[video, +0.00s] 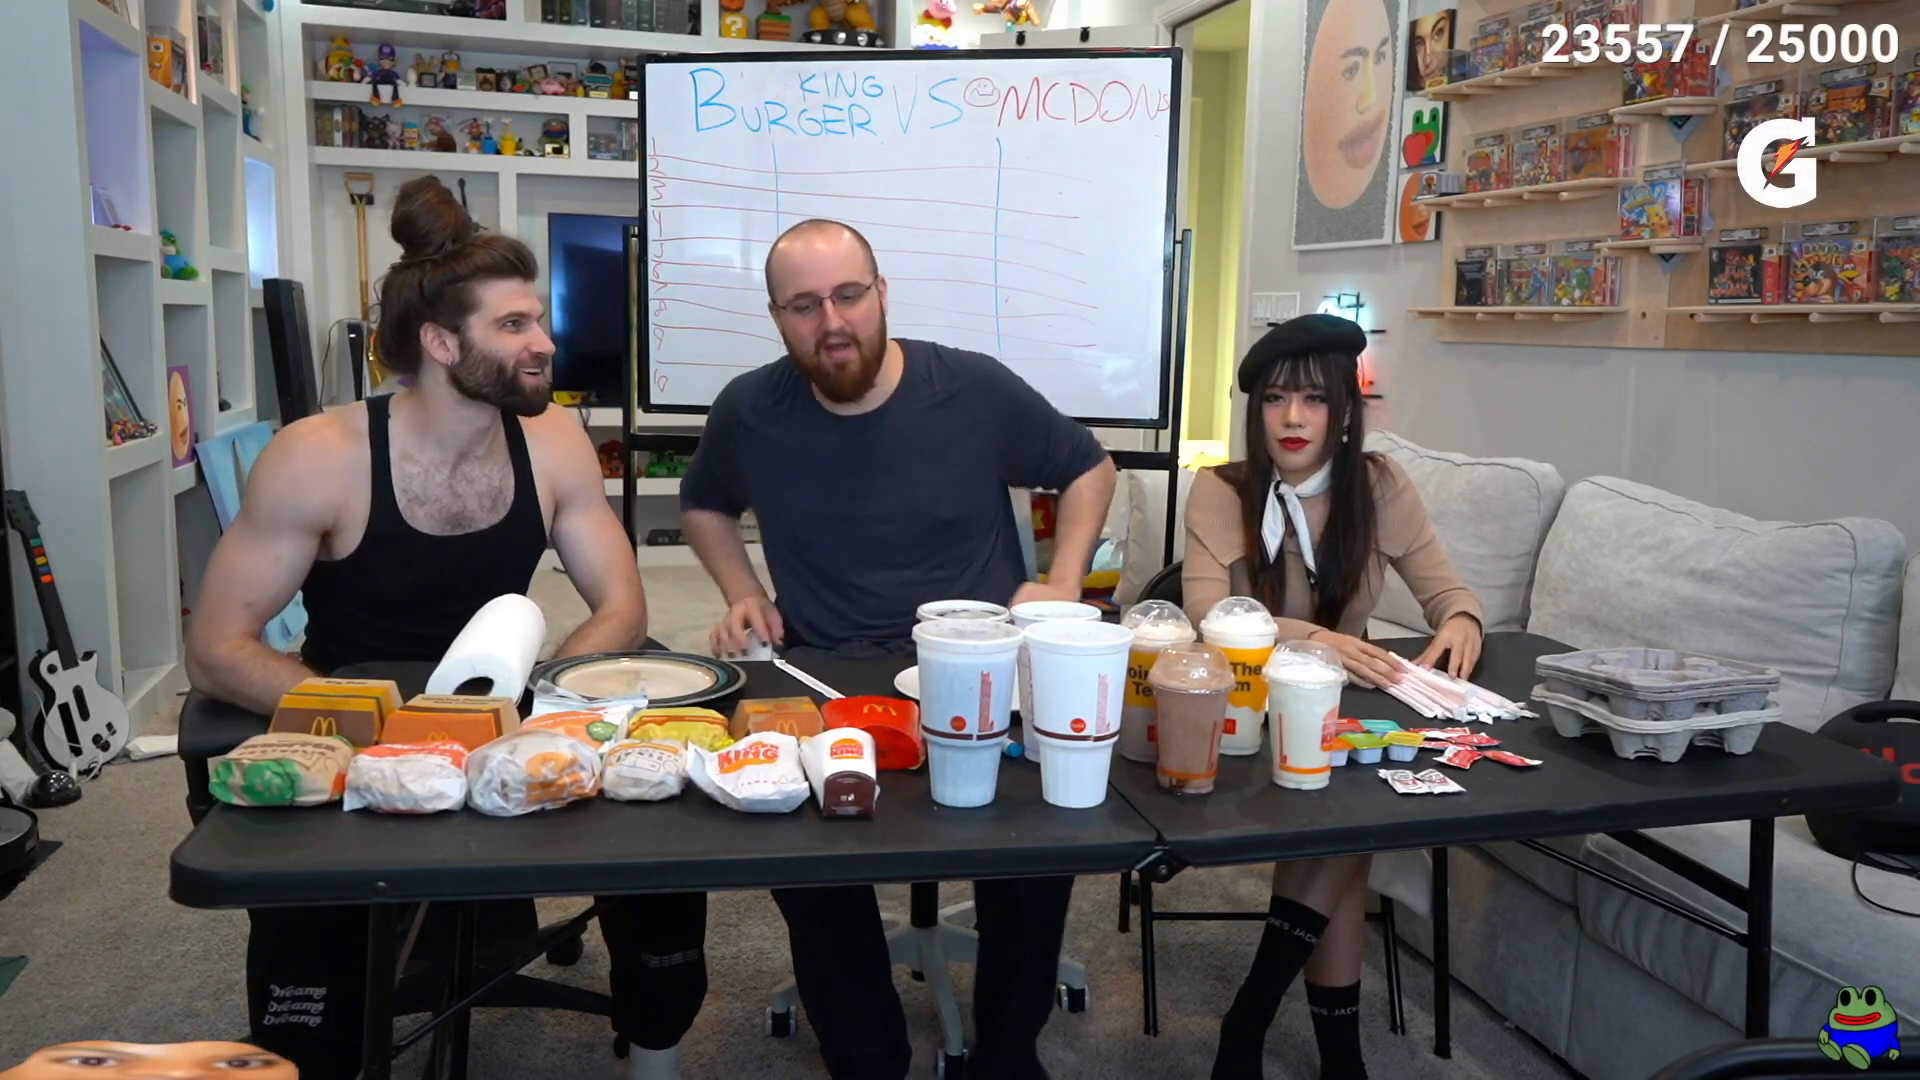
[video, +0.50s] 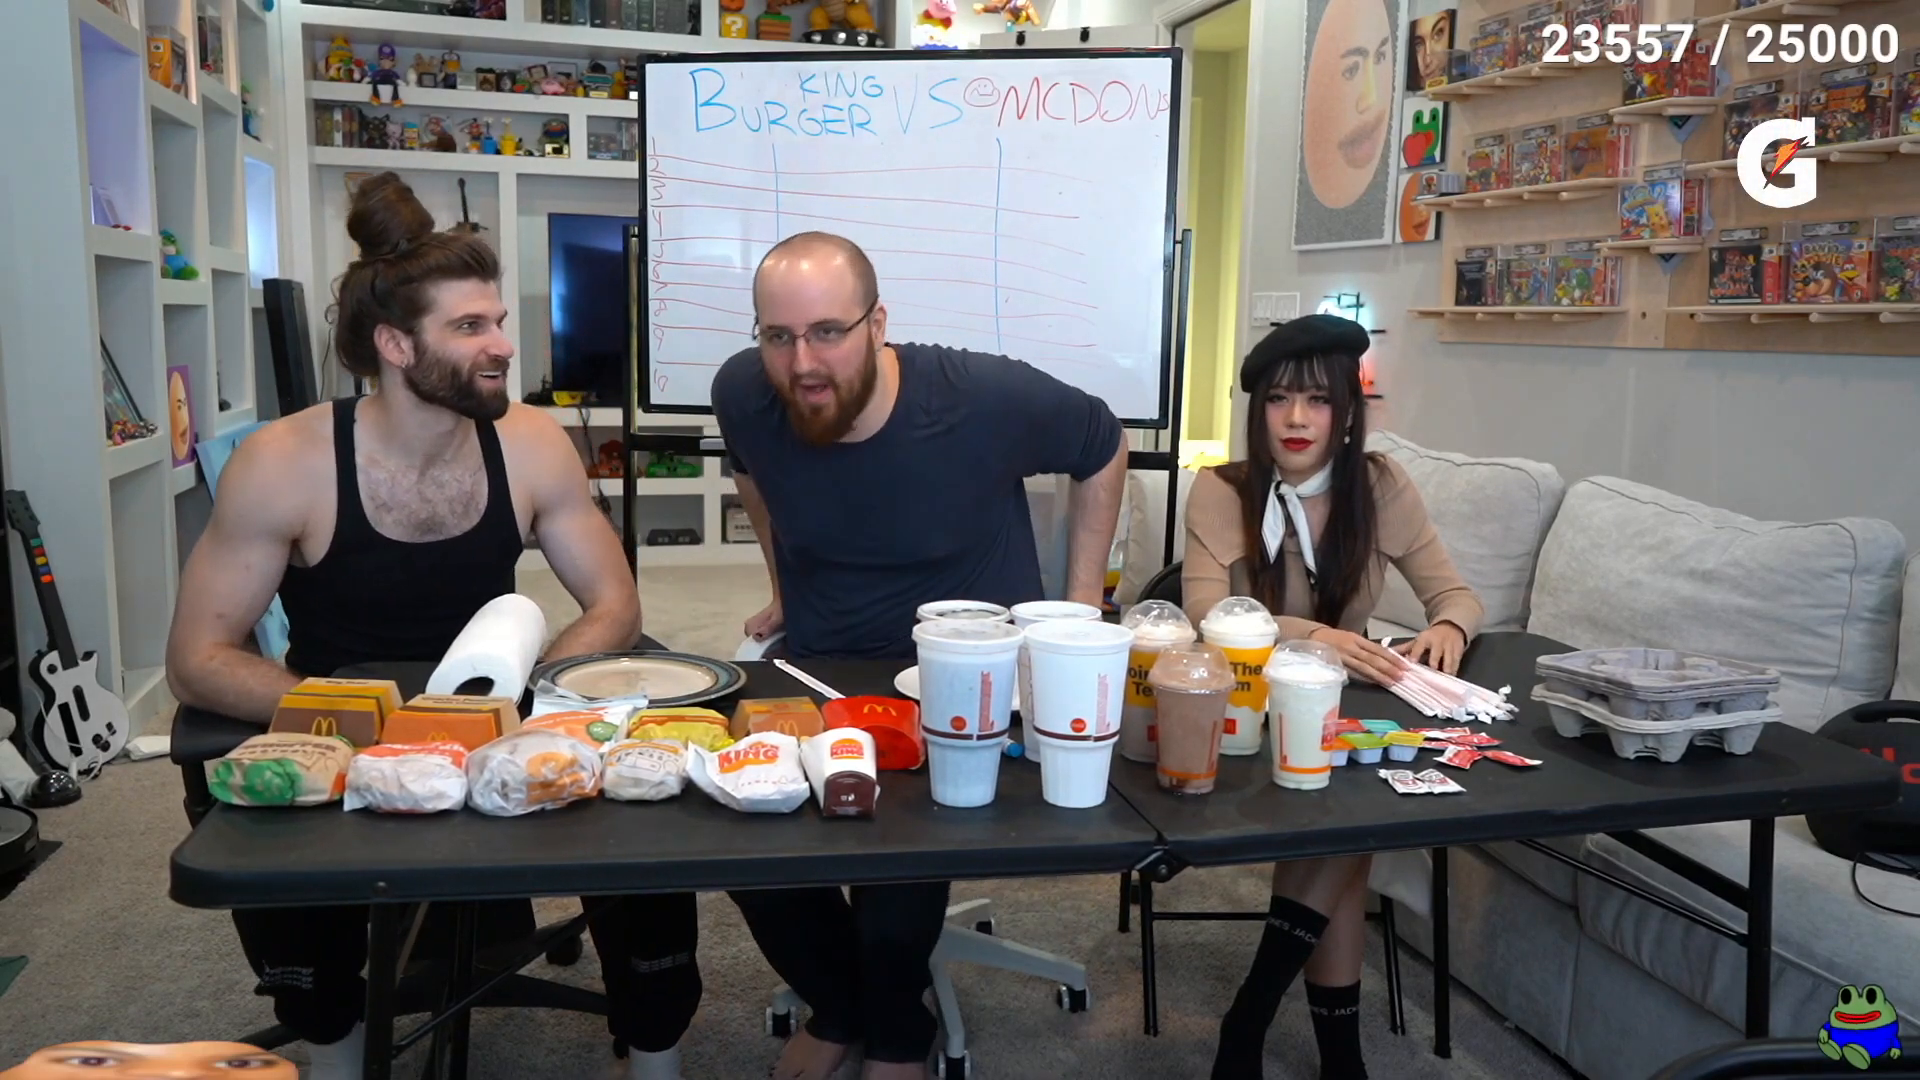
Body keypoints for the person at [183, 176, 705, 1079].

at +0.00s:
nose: (544, 344)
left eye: (542, 324)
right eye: (515, 326)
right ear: (438, 343)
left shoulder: (553, 442)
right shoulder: (318, 457)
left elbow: (624, 609)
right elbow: (216, 647)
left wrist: (540, 684)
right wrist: (359, 713)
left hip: (513, 746)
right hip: (354, 755)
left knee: (657, 828)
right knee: (306, 881)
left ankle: (655, 1055)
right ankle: (312, 1070)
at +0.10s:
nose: (538, 346)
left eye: (539, 325)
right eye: (509, 328)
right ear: (432, 346)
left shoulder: (555, 443)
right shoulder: (317, 461)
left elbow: (624, 609)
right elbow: (212, 655)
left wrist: (533, 688)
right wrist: (363, 715)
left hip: (510, 749)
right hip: (348, 758)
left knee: (653, 831)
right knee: (300, 894)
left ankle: (652, 1055)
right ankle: (320, 1071)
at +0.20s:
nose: (531, 345)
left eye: (532, 324)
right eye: (501, 328)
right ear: (425, 347)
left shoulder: (550, 440)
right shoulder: (312, 462)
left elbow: (622, 609)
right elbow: (209, 660)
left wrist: (527, 687)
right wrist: (362, 715)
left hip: (507, 749)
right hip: (343, 759)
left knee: (651, 826)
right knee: (295, 886)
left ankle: (653, 1054)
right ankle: (327, 1070)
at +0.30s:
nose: (521, 344)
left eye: (523, 322)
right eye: (491, 326)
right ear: (416, 345)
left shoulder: (543, 442)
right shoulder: (304, 461)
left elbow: (620, 608)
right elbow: (202, 659)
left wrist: (525, 685)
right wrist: (360, 713)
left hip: (503, 744)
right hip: (340, 753)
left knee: (649, 815)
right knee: (298, 856)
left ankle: (654, 1053)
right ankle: (335, 1056)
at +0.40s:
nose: (511, 344)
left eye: (512, 322)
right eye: (480, 326)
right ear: (405, 343)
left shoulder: (535, 445)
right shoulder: (291, 462)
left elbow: (617, 607)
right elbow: (198, 659)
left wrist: (529, 682)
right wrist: (357, 713)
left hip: (501, 746)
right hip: (337, 754)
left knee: (644, 830)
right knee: (289, 857)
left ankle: (654, 1055)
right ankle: (333, 1041)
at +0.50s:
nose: (501, 345)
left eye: (502, 323)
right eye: (470, 328)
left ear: (506, 320)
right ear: (394, 346)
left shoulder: (531, 445)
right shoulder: (284, 463)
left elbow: (616, 606)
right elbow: (196, 658)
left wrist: (529, 682)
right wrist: (353, 712)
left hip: (501, 747)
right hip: (336, 755)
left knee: (639, 818)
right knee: (277, 843)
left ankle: (653, 1054)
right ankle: (331, 1049)